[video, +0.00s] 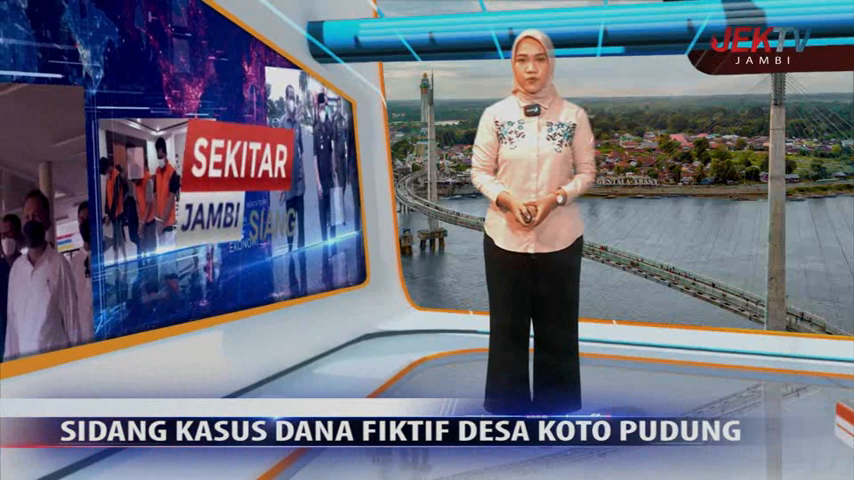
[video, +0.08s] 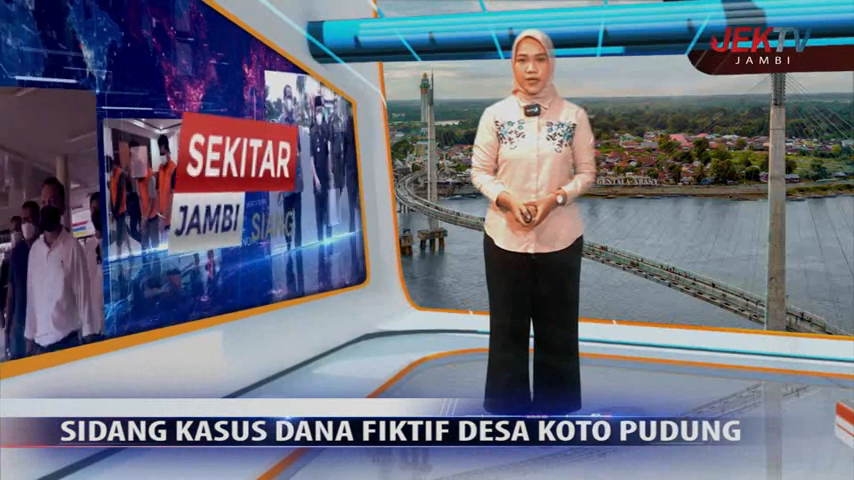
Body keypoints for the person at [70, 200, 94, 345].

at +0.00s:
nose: (85, 224)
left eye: (90, 218)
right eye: (82, 219)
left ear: (100, 220)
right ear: (78, 222)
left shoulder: (114, 253)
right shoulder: (75, 261)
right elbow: (73, 301)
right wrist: (74, 336)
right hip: (85, 336)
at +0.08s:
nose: (96, 213)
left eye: (100, 208)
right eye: (93, 209)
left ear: (110, 210)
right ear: (89, 212)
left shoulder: (129, 247)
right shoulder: (88, 247)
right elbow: (85, 287)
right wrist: (87, 328)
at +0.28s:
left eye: (84, 184)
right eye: (76, 185)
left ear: (92, 191)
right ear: (74, 197)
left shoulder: (102, 216)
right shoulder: (72, 219)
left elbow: (109, 255)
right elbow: (70, 254)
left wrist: (110, 291)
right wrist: (70, 289)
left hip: (98, 299)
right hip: (76, 298)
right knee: (76, 351)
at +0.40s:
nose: (95, 207)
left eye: (98, 203)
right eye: (93, 203)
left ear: (104, 199)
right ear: (90, 201)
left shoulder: (114, 214)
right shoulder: (85, 217)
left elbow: (119, 248)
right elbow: (84, 249)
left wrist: (120, 281)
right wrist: (84, 282)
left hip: (109, 284)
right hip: (90, 284)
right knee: (93, 328)